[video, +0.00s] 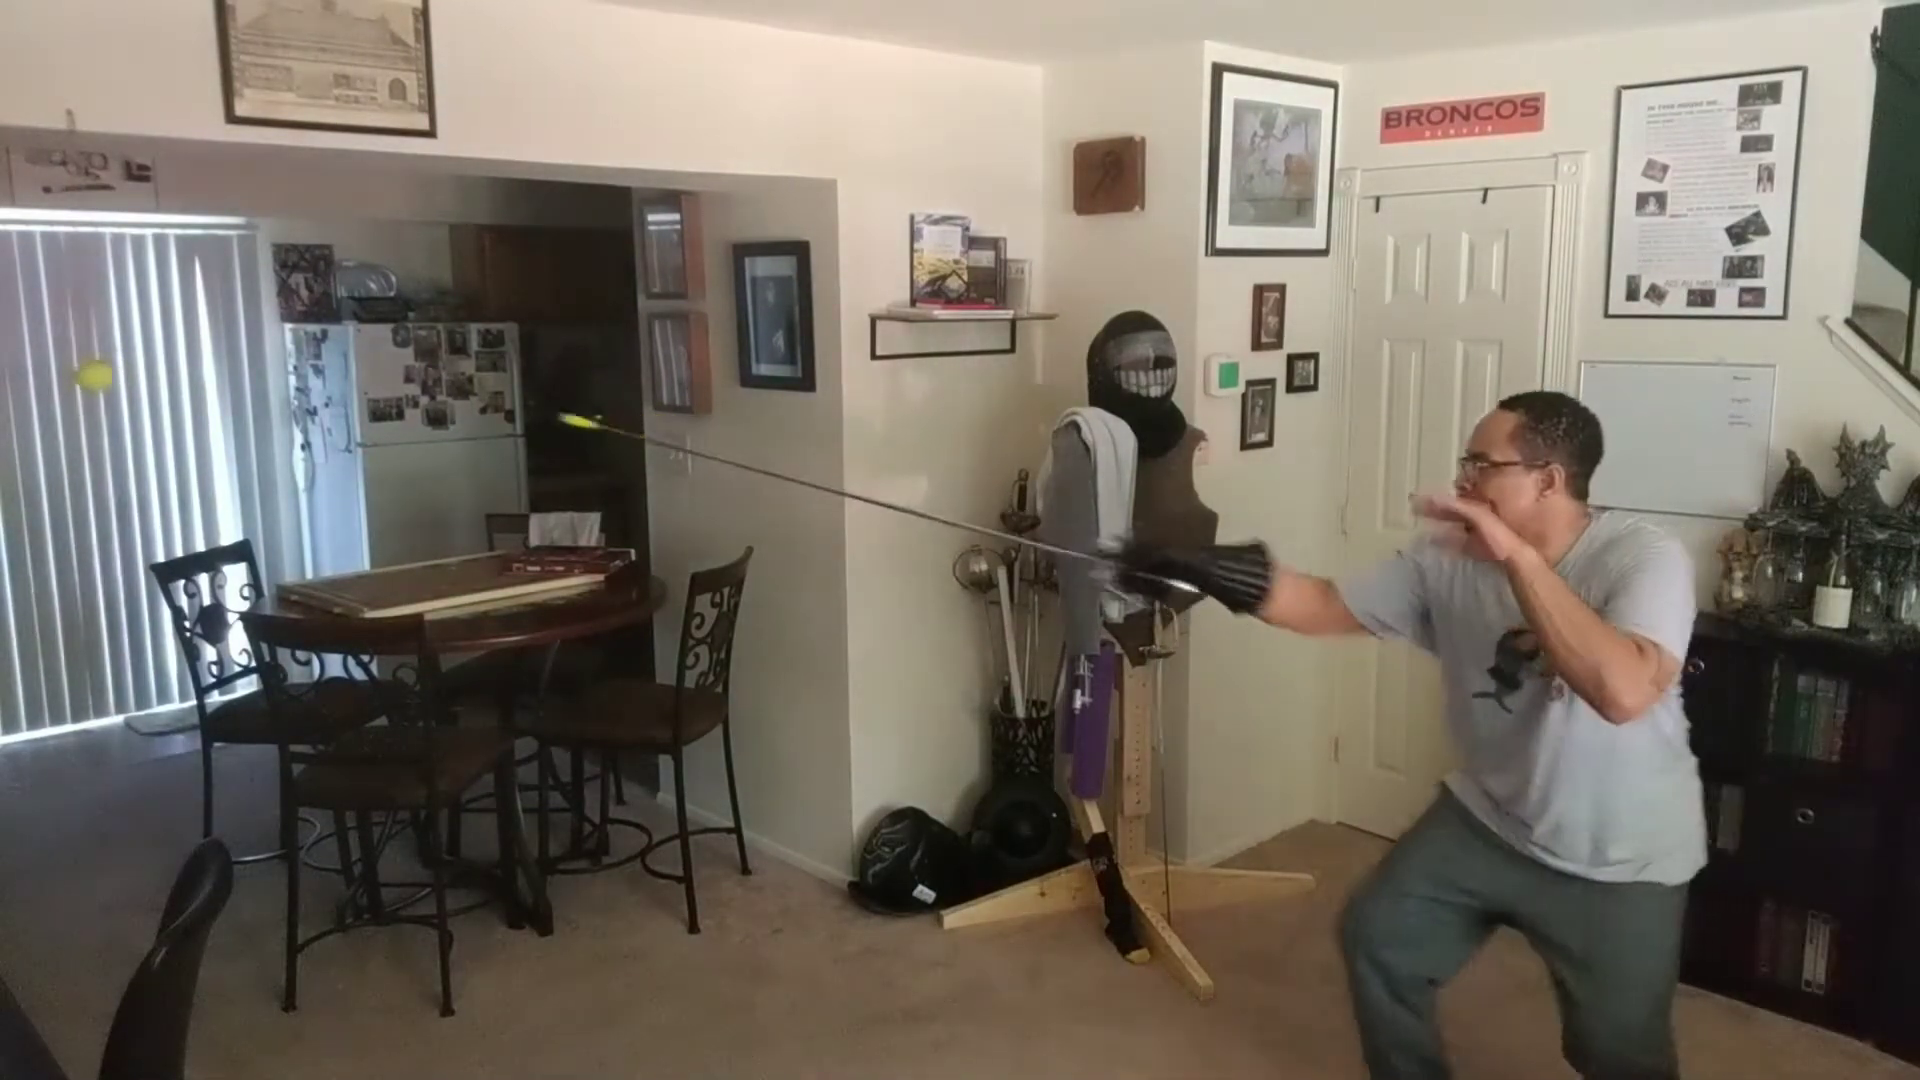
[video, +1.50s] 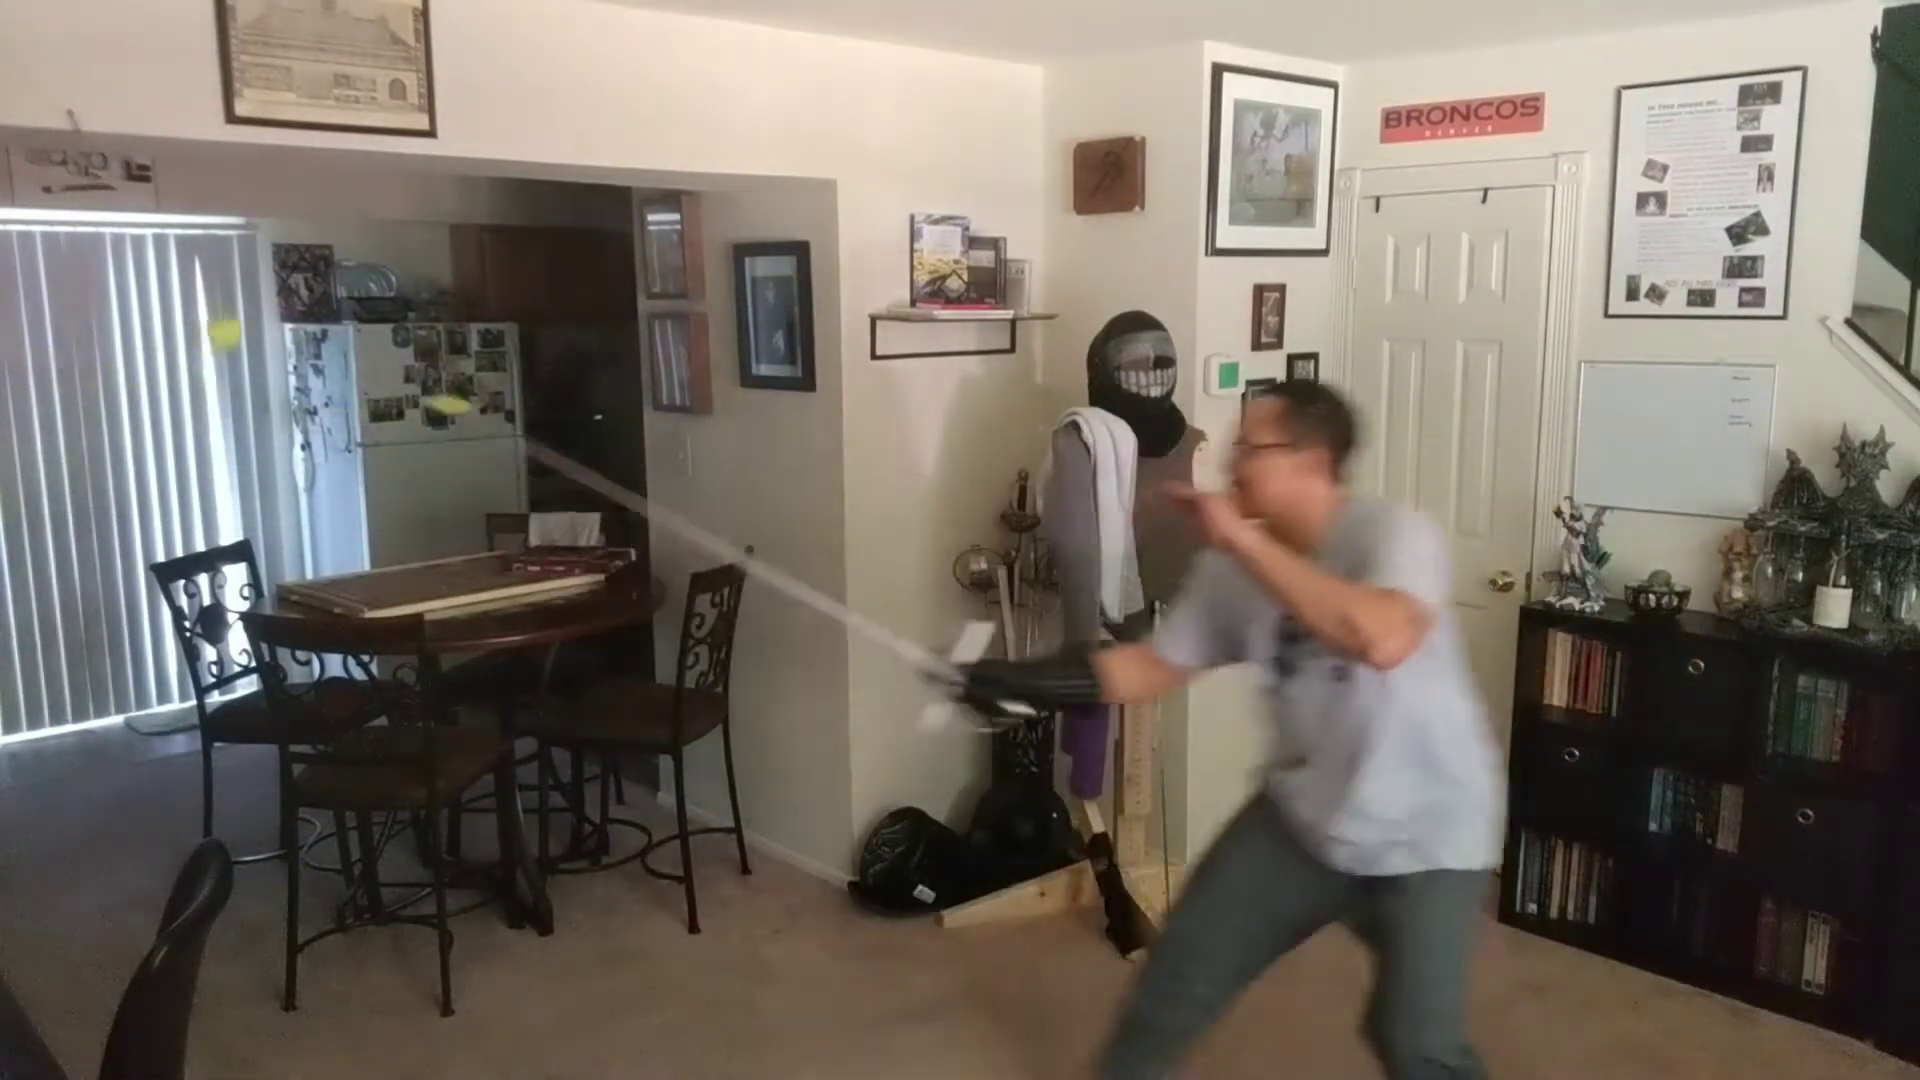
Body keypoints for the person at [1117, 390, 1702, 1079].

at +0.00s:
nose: (1463, 482)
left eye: (1483, 467)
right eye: (1466, 464)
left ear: (1547, 481)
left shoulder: (1647, 560)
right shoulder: (1449, 561)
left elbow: (1626, 690)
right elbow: (1324, 605)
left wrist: (1520, 556)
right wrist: (1202, 564)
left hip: (1621, 867)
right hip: (1487, 821)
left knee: (1622, 1055)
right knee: (1379, 938)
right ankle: (1412, 1071)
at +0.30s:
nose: (1312, 506)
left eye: (1332, 493)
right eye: (1314, 490)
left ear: (1398, 509)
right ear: (1330, 505)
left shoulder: (1509, 590)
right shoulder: (1289, 572)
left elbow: (1652, 666)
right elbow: (1144, 541)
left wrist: (1778, 756)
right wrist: (1015, 514)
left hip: (1494, 881)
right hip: (1351, 828)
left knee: (1552, 1050)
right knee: (1213, 919)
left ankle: (1587, 1078)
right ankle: (1137, 1070)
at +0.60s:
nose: (1008, 539)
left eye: (1029, 528)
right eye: (1013, 522)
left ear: (1086, 546)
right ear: (1031, 537)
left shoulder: (1184, 627)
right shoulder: (989, 602)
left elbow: (1329, 669)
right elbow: (853, 566)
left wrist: (1477, 715)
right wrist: (710, 533)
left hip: (1251, 869)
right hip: (1101, 854)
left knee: (1375, 1006)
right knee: (974, 945)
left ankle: (1478, 1068)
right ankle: (974, 1074)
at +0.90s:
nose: (875, 553)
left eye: (892, 540)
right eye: (880, 538)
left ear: (945, 554)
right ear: (919, 551)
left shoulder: (1054, 615)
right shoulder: (879, 610)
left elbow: (1202, 656)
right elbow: (742, 588)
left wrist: (1338, 710)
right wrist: (618, 566)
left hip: (1165, 839)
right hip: (1027, 835)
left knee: (1298, 976)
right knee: (916, 934)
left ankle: (1421, 1071)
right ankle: (967, 1078)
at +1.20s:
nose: (969, 519)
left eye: (986, 503)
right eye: (974, 502)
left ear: (1041, 513)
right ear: (1016, 517)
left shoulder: (1141, 592)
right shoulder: (967, 604)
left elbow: (1278, 678)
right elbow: (843, 639)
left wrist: (1205, 661)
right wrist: (708, 622)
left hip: (1205, 849)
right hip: (1069, 834)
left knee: (1294, 1030)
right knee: (965, 942)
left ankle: (1425, 1078)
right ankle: (968, 1078)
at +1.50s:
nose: (1234, 466)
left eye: (1253, 449)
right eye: (1236, 450)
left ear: (1316, 461)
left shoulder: (1398, 535)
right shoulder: (1236, 562)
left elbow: (1383, 636)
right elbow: (1152, 666)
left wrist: (1241, 538)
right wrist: (1025, 678)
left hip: (1429, 832)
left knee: (1417, 1040)